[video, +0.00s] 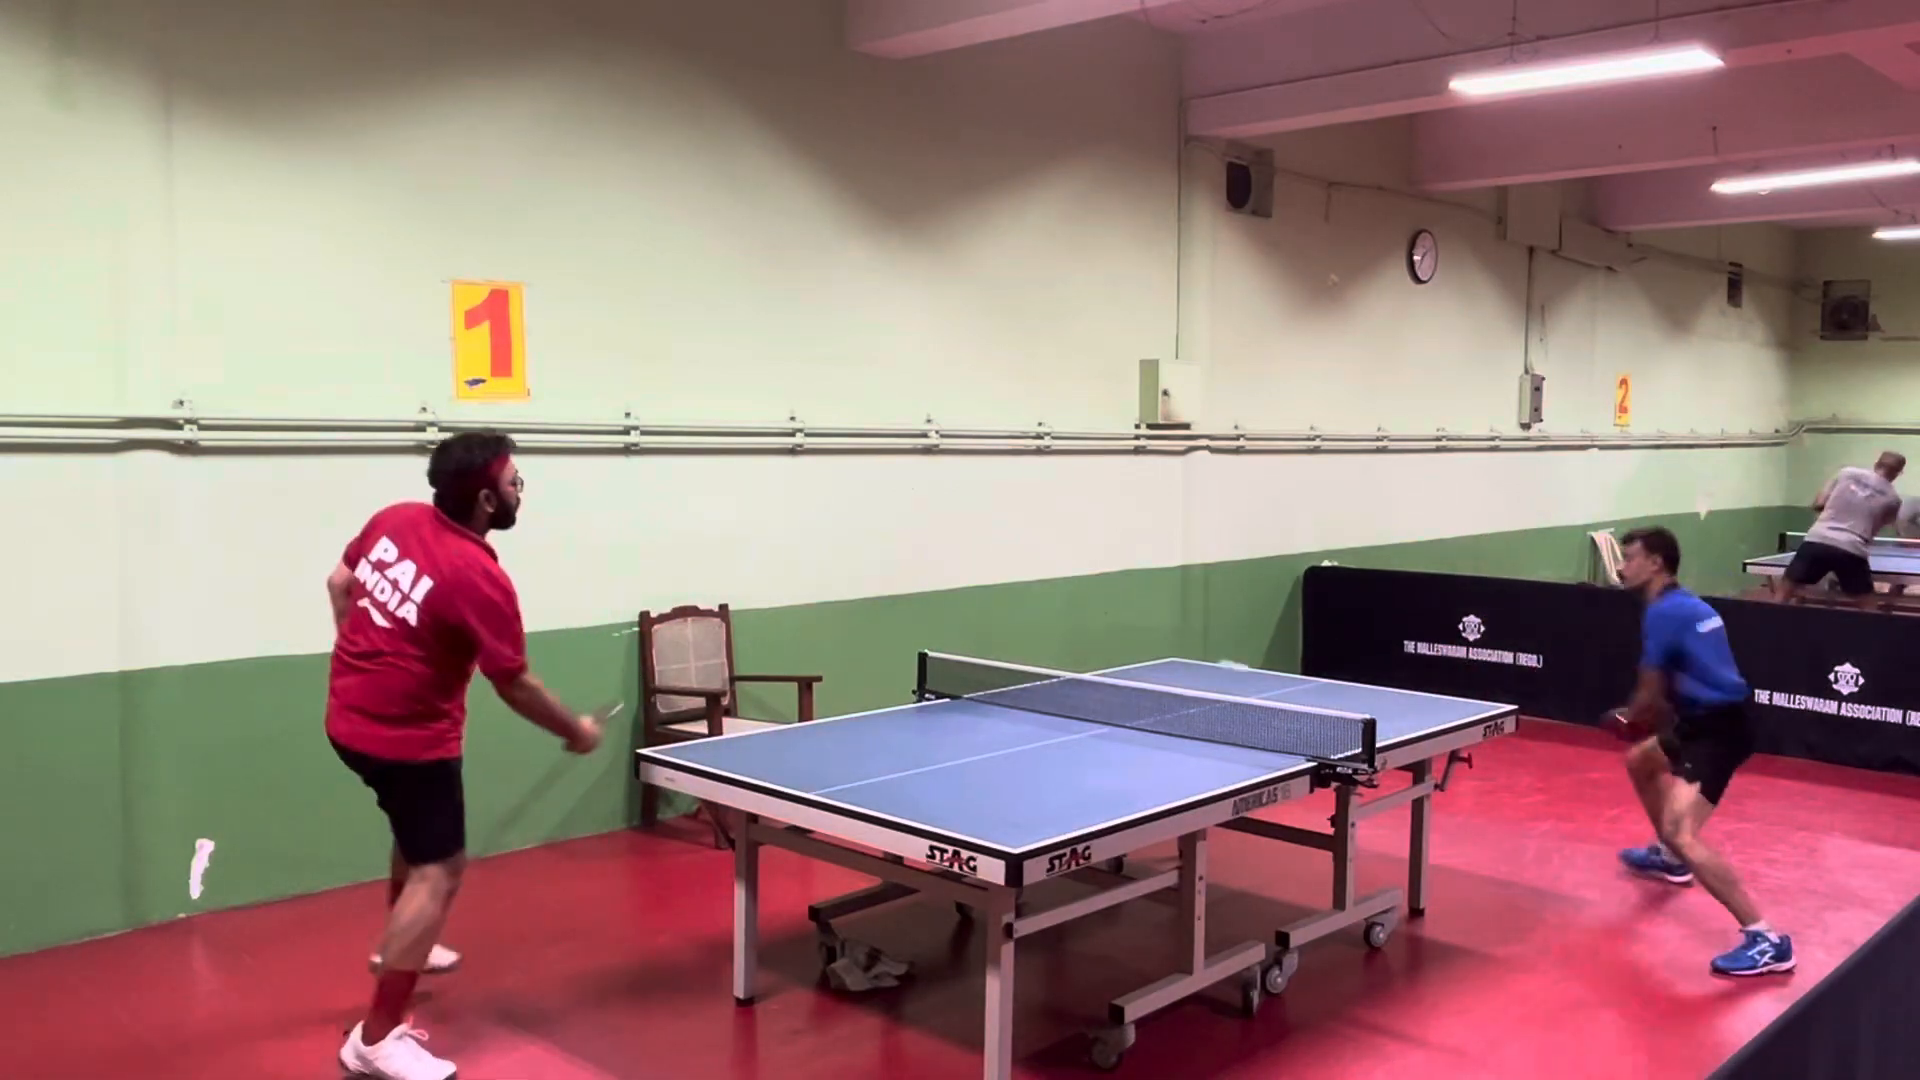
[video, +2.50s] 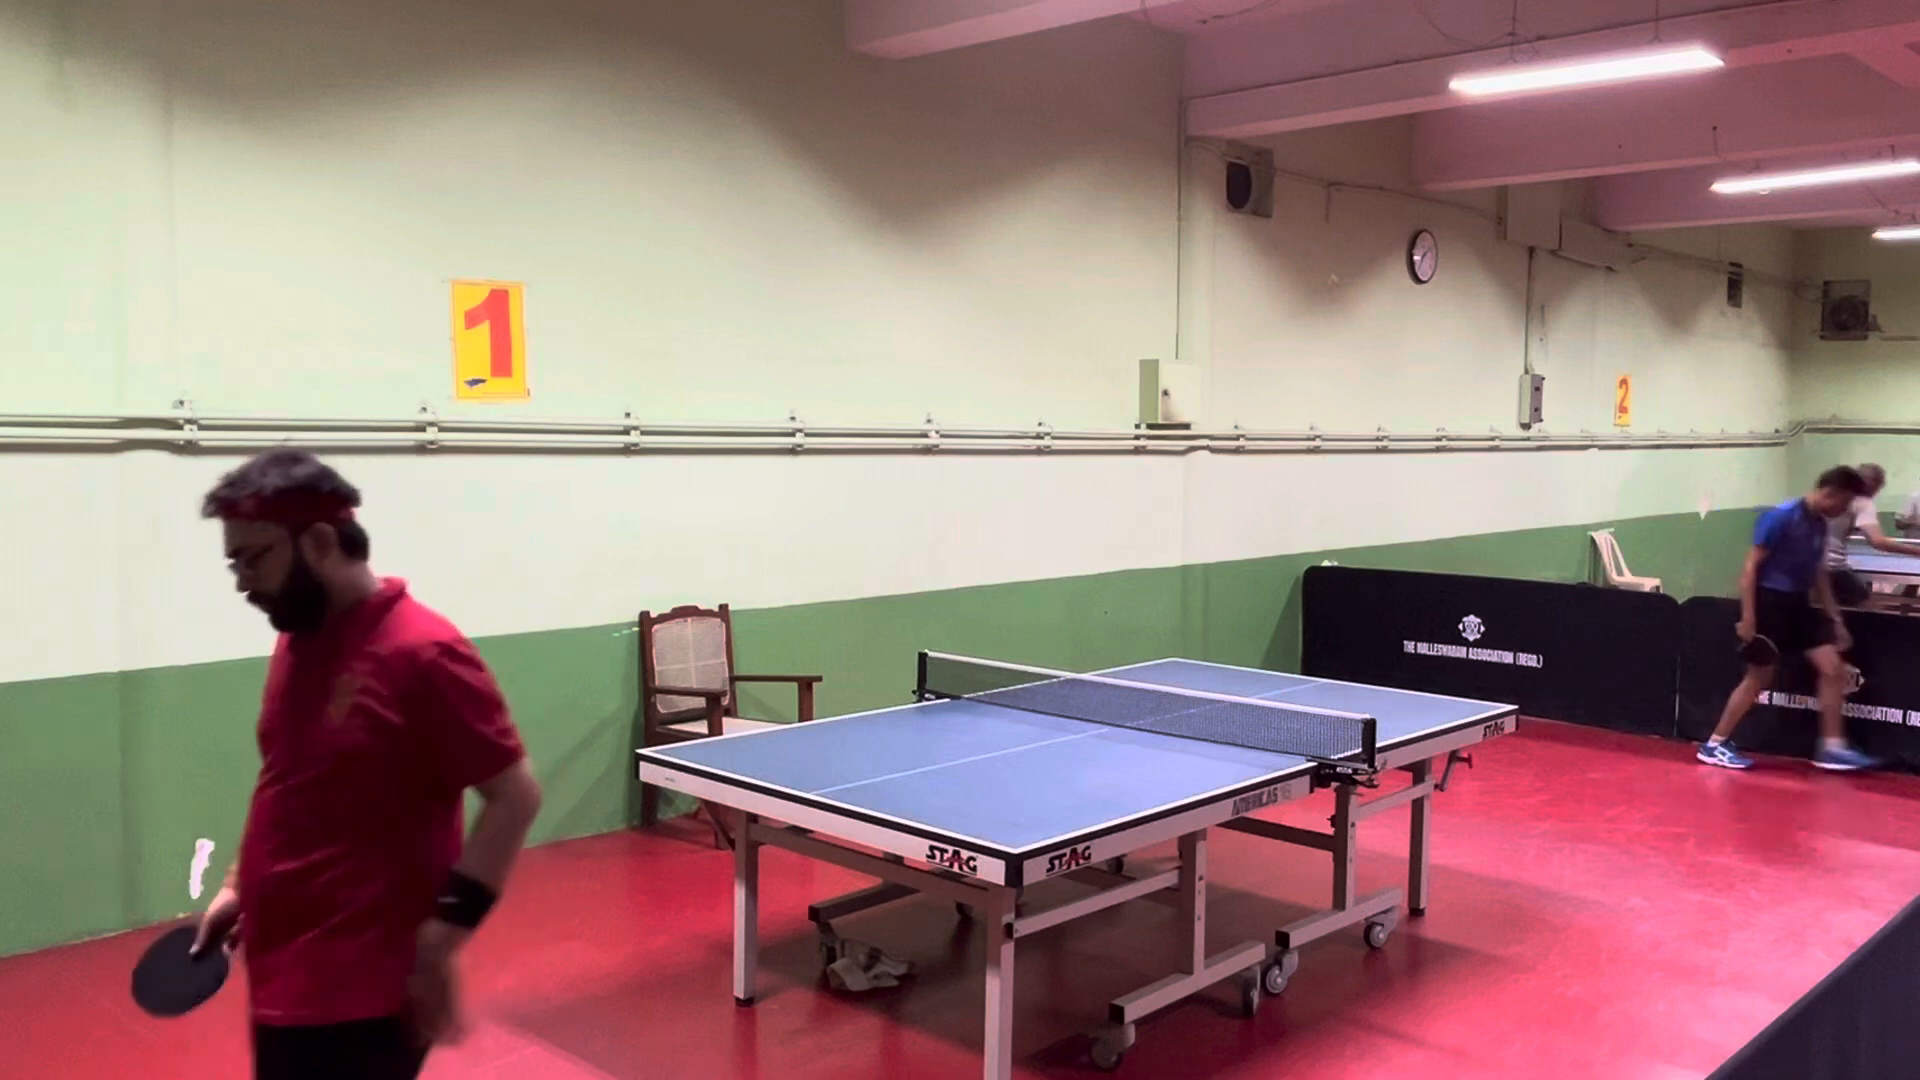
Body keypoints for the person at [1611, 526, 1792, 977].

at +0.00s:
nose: (1622, 566)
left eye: (1629, 558)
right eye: (1624, 558)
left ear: (1656, 565)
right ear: (1659, 567)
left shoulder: (1662, 612)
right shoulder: (1689, 603)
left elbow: (1650, 694)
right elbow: (1684, 681)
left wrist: (1630, 718)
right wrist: (1649, 718)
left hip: (1720, 723)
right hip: (1710, 717)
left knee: (1679, 833)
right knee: (1641, 763)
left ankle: (1763, 937)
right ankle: (1672, 856)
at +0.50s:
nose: (1528, 545)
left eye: (1524, 539)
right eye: (1523, 541)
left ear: (1528, 527)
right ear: (1549, 514)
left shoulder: (1549, 532)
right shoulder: (1579, 530)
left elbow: (1591, 559)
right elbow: (1535, 591)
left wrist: (1619, 599)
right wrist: (1481, 606)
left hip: (1602, 607)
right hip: (1646, 604)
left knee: (1562, 695)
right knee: (1648, 704)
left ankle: (1563, 789)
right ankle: (1679, 794)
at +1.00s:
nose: (1513, 504)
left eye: (1509, 500)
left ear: (1510, 496)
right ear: (1537, 486)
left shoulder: (1516, 513)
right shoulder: (1573, 512)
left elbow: (1503, 562)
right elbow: (1585, 562)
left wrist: (1481, 555)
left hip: (1539, 601)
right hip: (1576, 602)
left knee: (1505, 681)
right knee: (1549, 667)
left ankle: (1519, 747)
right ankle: (1535, 738)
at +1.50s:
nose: (1590, 480)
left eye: (1589, 474)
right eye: (1589, 474)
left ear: (1559, 472)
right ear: (1580, 472)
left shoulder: (1532, 505)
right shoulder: (1594, 503)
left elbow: (1514, 556)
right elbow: (1603, 555)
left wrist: (1505, 601)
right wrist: (1608, 589)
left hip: (1546, 587)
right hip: (1583, 587)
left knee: (1546, 655)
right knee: (1562, 657)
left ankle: (1541, 722)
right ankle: (1533, 727)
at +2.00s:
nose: (1692, 499)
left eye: (1694, 492)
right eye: (1690, 492)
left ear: (1670, 486)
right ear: (1675, 487)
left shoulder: (1648, 508)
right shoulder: (1654, 515)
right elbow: (1642, 572)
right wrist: (1672, 610)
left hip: (1616, 593)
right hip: (1634, 597)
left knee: (1594, 654)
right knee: (1690, 659)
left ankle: (1550, 717)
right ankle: (1705, 740)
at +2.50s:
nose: (1840, 510)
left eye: (1844, 505)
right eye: (1839, 502)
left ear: (1835, 499)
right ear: (1825, 491)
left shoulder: (1818, 525)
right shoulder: (1780, 517)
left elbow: (1820, 578)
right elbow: (1749, 567)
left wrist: (1836, 623)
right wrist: (1747, 619)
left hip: (1798, 607)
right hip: (1768, 604)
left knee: (1831, 667)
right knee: (1758, 676)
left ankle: (1832, 747)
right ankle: (1715, 743)